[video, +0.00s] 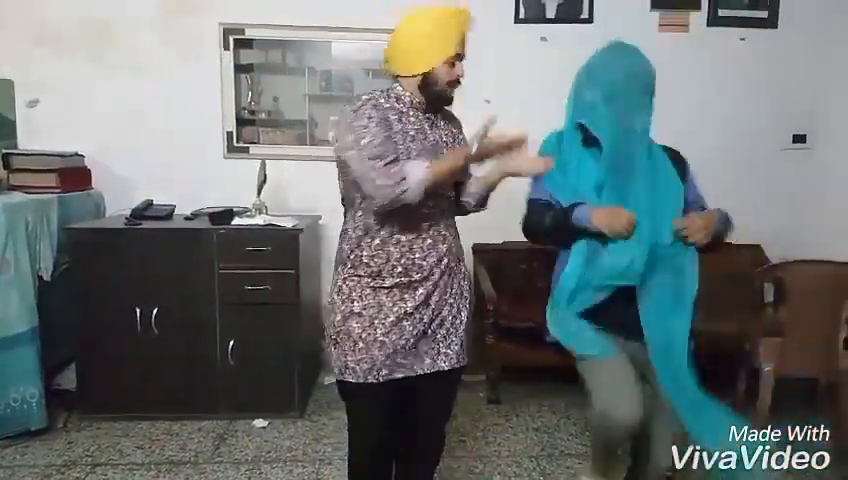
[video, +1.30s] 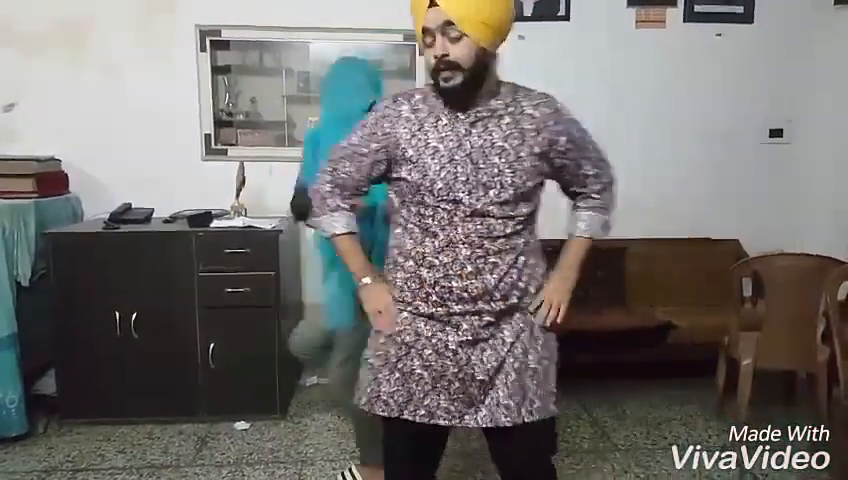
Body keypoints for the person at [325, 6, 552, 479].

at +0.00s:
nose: (460, 73)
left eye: (460, 62)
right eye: (452, 63)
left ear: (434, 65)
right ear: (418, 63)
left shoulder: (447, 124)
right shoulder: (367, 119)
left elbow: (457, 199)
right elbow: (385, 190)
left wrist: (499, 167)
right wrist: (470, 153)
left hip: (441, 311)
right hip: (375, 312)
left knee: (423, 453)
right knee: (374, 454)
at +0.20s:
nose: (474, 107)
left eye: (477, 100)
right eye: (470, 99)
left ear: (444, 87)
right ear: (444, 90)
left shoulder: (439, 123)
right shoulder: (381, 111)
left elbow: (449, 205)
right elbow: (406, 188)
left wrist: (470, 169)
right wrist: (461, 153)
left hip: (435, 296)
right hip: (389, 300)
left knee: (423, 433)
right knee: (391, 435)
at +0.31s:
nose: (472, 99)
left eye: (474, 90)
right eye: (469, 89)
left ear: (440, 79)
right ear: (442, 80)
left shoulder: (429, 121)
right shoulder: (385, 117)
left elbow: (446, 203)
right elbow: (426, 212)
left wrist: (485, 257)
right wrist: (487, 248)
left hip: (427, 302)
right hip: (389, 307)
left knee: (415, 443)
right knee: (399, 447)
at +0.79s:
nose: (473, 60)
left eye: (476, 47)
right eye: (463, 46)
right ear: (425, 46)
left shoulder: (473, 124)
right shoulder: (376, 116)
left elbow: (489, 192)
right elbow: (384, 209)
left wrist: (529, 218)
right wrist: (489, 211)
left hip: (457, 307)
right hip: (391, 310)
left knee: (436, 447)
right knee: (400, 460)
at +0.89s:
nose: (461, 55)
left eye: (469, 43)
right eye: (447, 42)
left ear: (476, 47)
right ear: (415, 44)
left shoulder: (480, 123)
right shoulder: (373, 115)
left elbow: (509, 191)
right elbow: (343, 208)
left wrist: (532, 243)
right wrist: (443, 245)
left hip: (470, 323)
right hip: (394, 323)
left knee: (457, 456)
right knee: (402, 463)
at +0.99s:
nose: (447, 53)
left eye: (458, 40)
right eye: (431, 40)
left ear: (472, 48)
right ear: (409, 48)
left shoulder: (488, 121)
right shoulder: (374, 116)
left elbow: (522, 187)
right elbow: (313, 200)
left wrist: (531, 255)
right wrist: (381, 281)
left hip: (476, 319)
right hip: (390, 324)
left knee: (496, 443)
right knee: (397, 465)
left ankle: (451, 474)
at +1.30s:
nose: (438, 50)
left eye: (453, 34)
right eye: (429, 38)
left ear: (489, 38)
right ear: (420, 45)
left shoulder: (538, 117)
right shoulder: (397, 116)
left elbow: (596, 187)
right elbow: (328, 190)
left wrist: (564, 276)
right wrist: (366, 280)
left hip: (511, 338)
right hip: (413, 337)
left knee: (531, 472)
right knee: (405, 473)